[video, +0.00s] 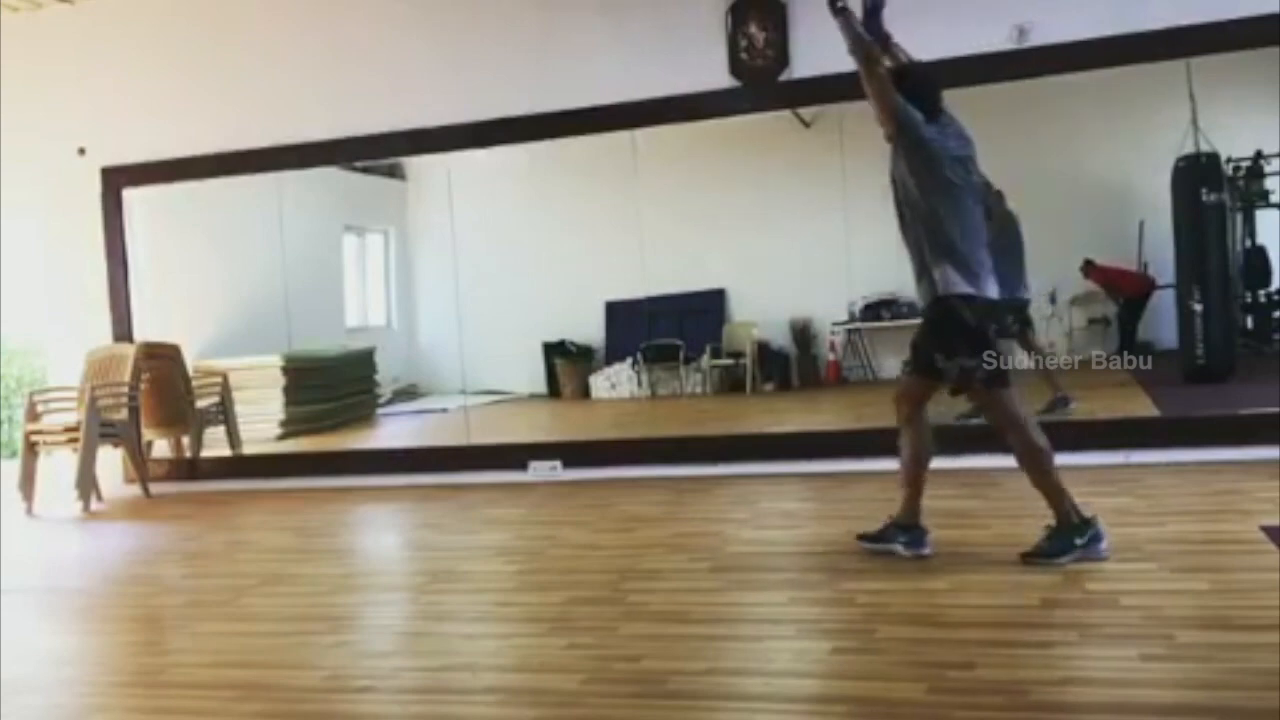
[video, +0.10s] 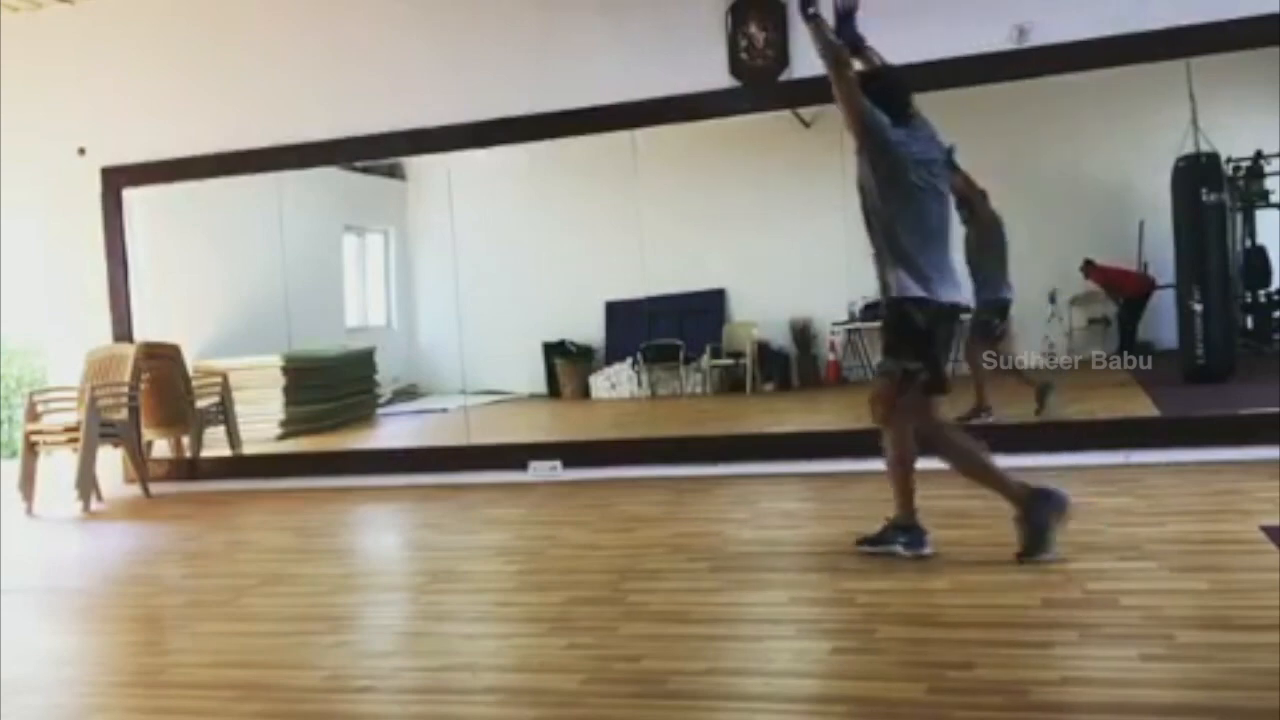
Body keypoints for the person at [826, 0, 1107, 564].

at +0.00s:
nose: (881, 108)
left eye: (885, 96)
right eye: (881, 95)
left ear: (906, 100)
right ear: (930, 97)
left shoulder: (921, 139)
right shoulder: (952, 139)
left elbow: (874, 74)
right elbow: (917, 80)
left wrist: (842, 18)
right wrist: (885, 39)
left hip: (958, 300)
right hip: (971, 297)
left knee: (1006, 415)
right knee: (908, 397)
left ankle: (1074, 523)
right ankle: (908, 522)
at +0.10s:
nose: (859, 112)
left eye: (862, 102)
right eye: (860, 99)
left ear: (878, 106)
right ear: (905, 103)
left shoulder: (885, 142)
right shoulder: (929, 143)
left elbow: (841, 75)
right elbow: (890, 86)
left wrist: (807, 17)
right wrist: (860, 48)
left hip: (916, 300)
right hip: (942, 298)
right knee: (889, 406)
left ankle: (1028, 501)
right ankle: (905, 522)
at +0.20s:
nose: (838, 117)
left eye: (842, 108)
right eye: (840, 109)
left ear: (857, 110)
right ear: (890, 107)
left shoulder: (869, 147)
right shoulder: (919, 150)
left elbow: (825, 73)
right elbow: (888, 104)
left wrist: (800, 23)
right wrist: (865, 70)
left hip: (891, 304)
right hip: (929, 304)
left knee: (868, 422)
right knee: (876, 419)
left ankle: (964, 496)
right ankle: (905, 524)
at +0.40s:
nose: (799, 142)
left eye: (805, 134)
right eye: (800, 132)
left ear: (819, 137)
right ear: (846, 133)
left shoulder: (831, 176)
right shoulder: (867, 176)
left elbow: (793, 123)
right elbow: (832, 113)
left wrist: (771, 73)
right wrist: (804, 63)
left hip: (835, 324)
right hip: (877, 330)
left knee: (741, 372)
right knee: (834, 426)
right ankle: (897, 527)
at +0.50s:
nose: (748, 119)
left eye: (750, 109)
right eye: (748, 106)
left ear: (765, 110)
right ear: (794, 104)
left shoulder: (780, 146)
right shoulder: (817, 142)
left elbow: (742, 89)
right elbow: (780, 85)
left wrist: (717, 31)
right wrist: (748, 41)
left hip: (797, 290)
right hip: (835, 299)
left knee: (692, 284)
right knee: (837, 412)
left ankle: (625, 374)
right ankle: (891, 515)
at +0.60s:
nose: (717, 90)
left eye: (720, 83)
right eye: (726, 74)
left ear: (733, 90)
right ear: (771, 75)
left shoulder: (745, 119)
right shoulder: (791, 115)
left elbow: (704, 60)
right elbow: (758, 54)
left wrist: (677, 8)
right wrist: (722, 15)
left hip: (775, 258)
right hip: (820, 268)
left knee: (672, 267)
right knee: (833, 382)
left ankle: (626, 368)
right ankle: (877, 495)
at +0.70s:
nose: (663, 82)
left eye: (665, 77)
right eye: (665, 74)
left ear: (678, 79)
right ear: (712, 67)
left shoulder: (694, 103)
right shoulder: (740, 95)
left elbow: (639, 56)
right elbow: (700, 36)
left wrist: (601, 6)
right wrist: (661, 6)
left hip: (738, 240)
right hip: (787, 243)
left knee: (650, 294)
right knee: (807, 361)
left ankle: (621, 401)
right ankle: (838, 474)